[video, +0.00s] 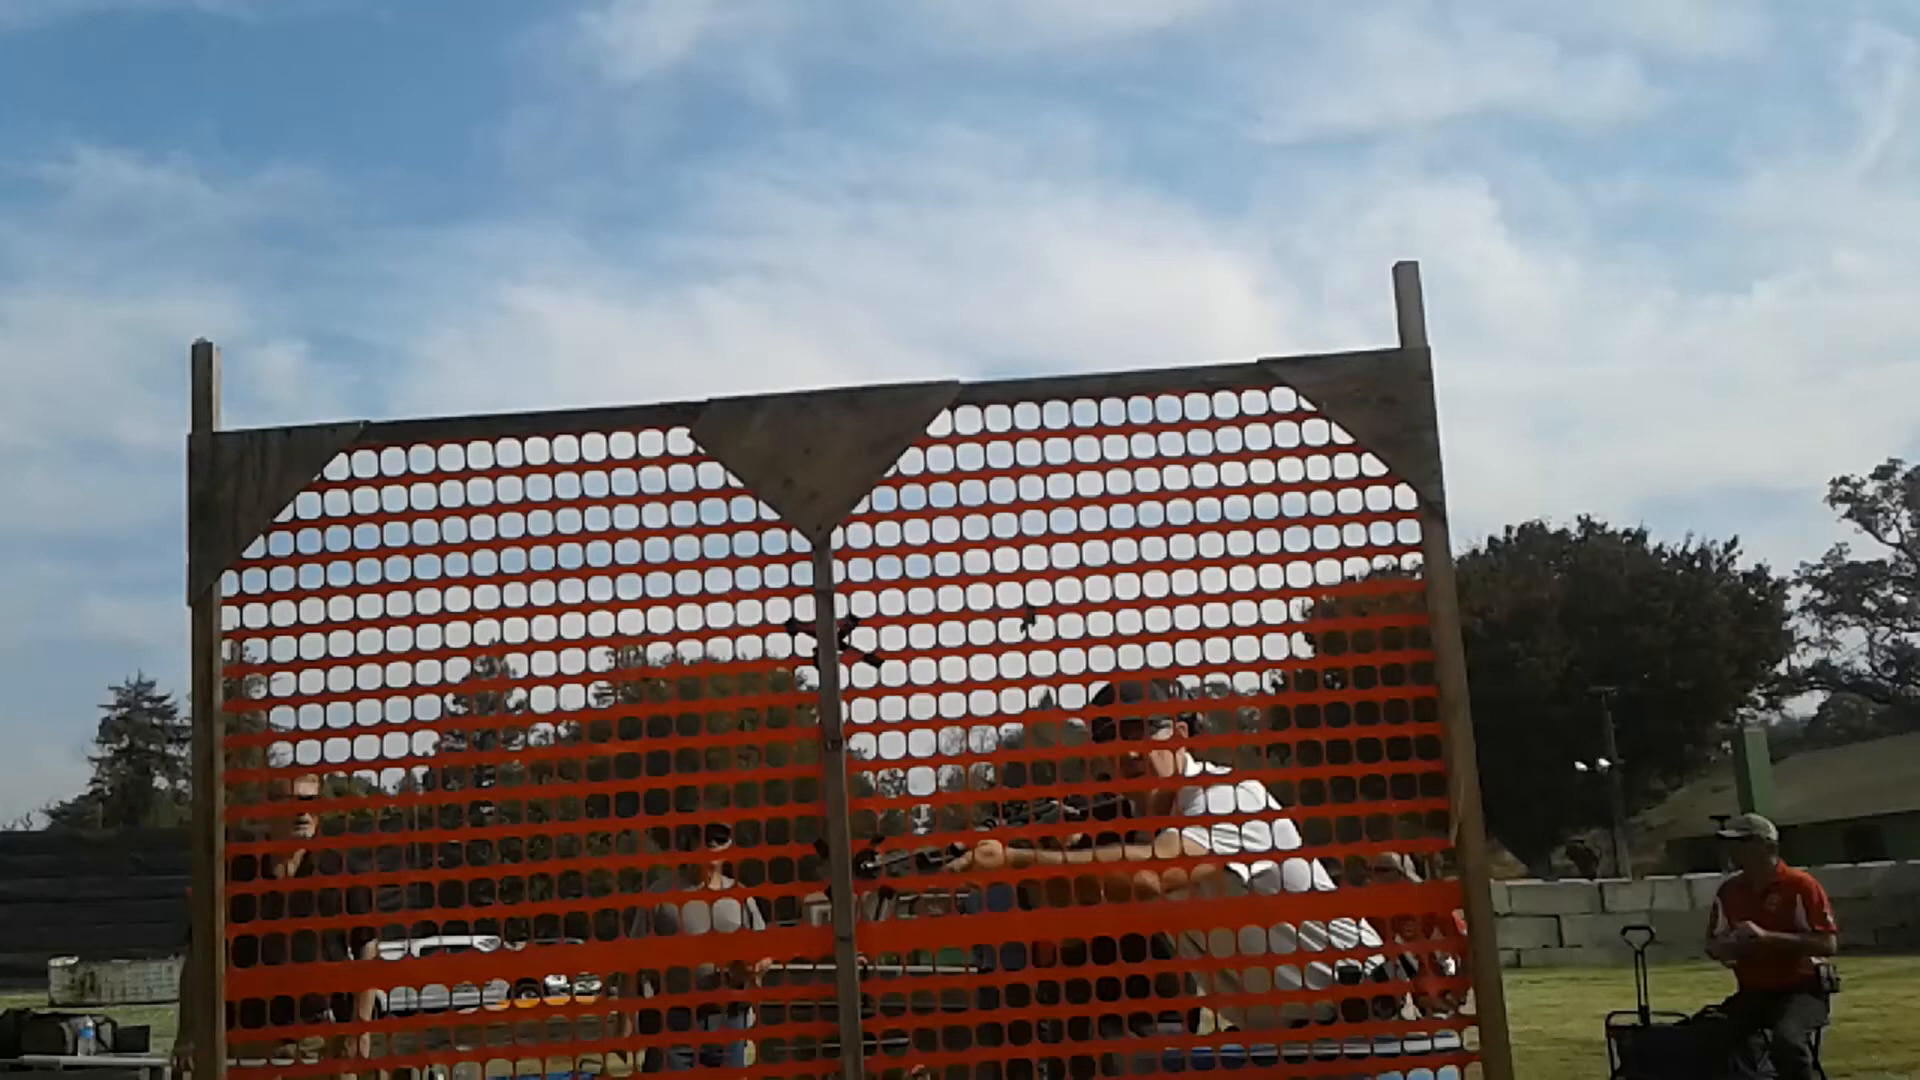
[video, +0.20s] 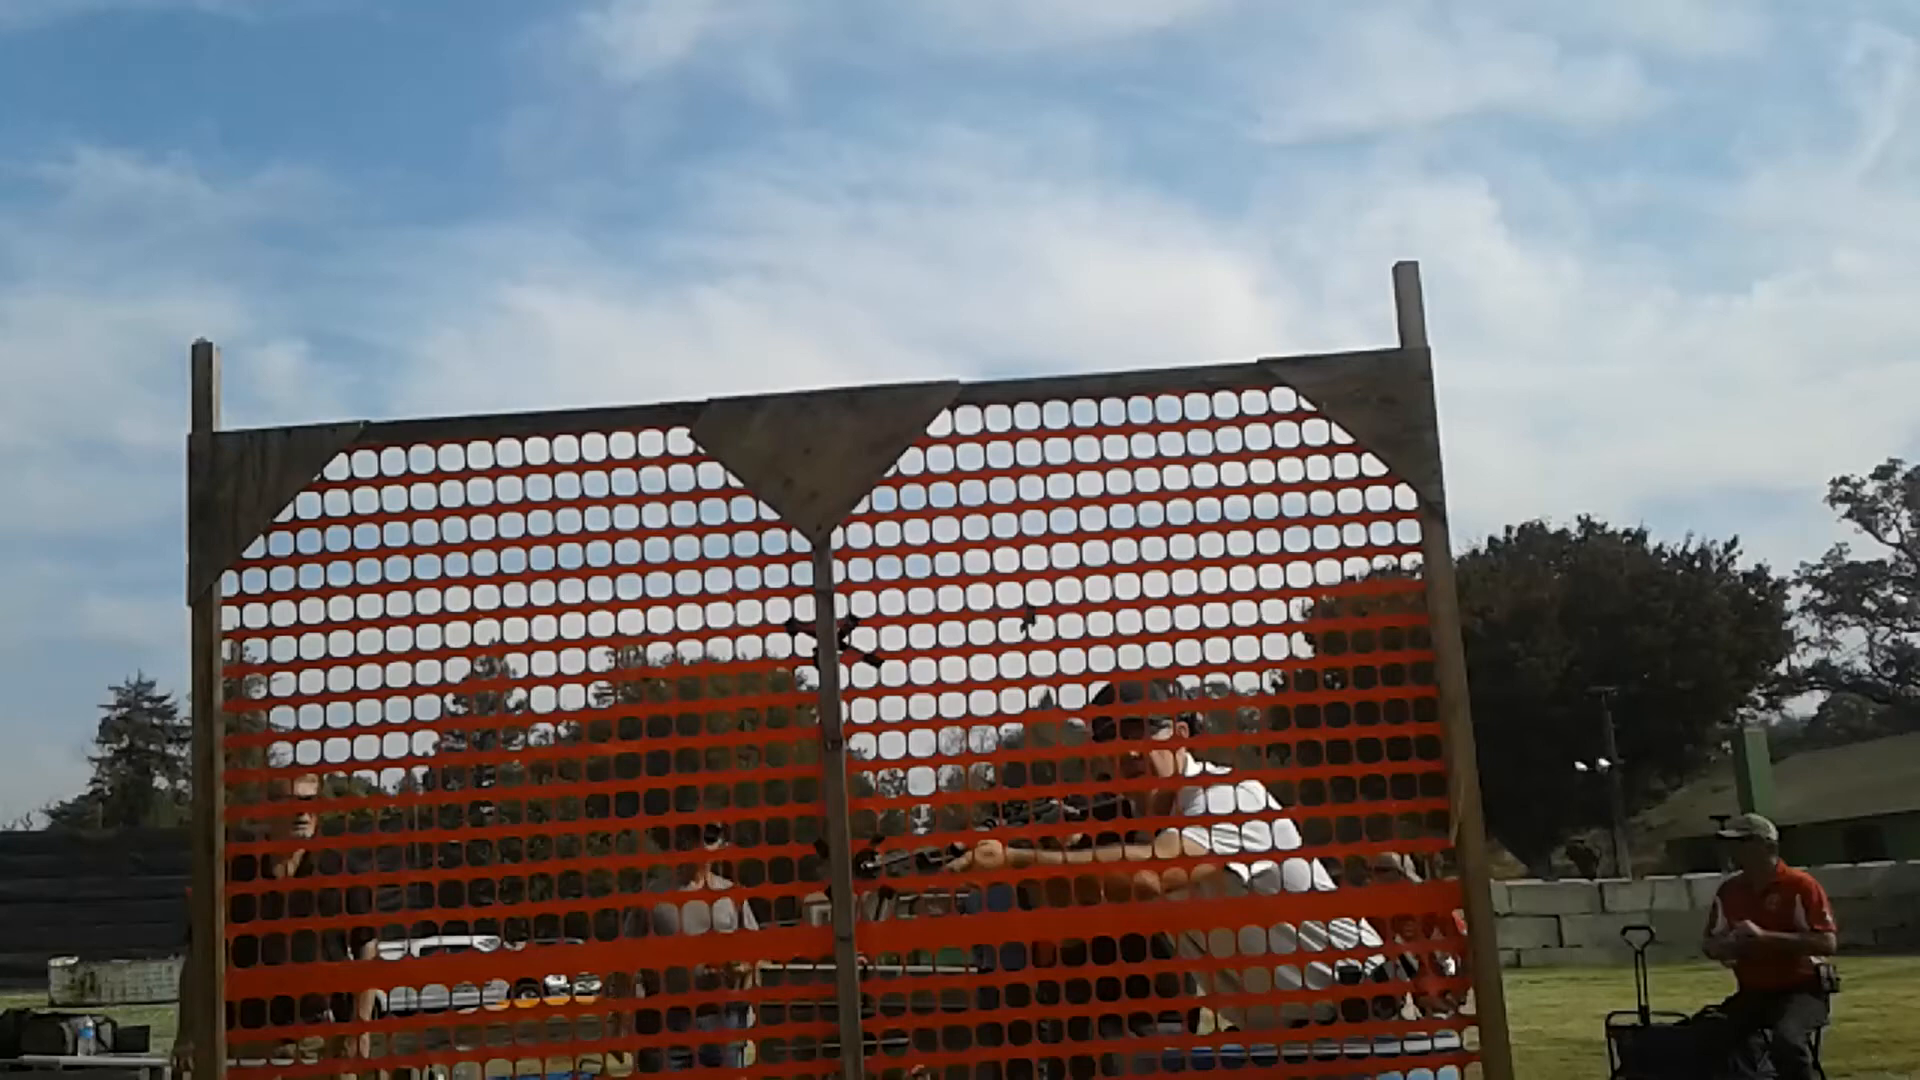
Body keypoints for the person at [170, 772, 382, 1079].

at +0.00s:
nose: (302, 811)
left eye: (311, 801)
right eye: (290, 801)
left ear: (321, 807)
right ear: (270, 807)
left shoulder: (336, 869)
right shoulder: (236, 871)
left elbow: (368, 951)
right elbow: (199, 955)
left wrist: (361, 1031)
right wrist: (188, 1033)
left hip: (321, 1043)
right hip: (243, 1045)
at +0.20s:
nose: (302, 811)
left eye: (310, 801)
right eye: (289, 802)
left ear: (320, 807)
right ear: (268, 808)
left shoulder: (336, 869)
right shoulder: (235, 872)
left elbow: (367, 951)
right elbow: (199, 955)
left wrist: (361, 1031)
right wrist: (188, 1033)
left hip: (321, 1044)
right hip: (244, 1046)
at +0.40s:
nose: (301, 812)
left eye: (310, 801)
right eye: (288, 802)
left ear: (320, 807)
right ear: (267, 808)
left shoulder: (337, 870)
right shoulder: (235, 872)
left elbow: (367, 953)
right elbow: (200, 955)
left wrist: (360, 1032)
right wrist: (188, 1033)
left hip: (322, 1046)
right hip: (244, 1048)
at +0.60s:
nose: (300, 812)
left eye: (309, 802)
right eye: (286, 802)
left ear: (319, 808)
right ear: (265, 809)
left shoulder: (336, 871)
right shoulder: (234, 872)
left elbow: (366, 952)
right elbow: (198, 955)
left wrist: (360, 1031)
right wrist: (187, 1033)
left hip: (322, 1044)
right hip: (244, 1047)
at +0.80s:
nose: (300, 812)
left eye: (308, 802)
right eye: (286, 802)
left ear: (319, 807)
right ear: (265, 809)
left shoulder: (335, 869)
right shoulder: (234, 872)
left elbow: (366, 950)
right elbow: (197, 955)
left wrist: (359, 1032)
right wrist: (186, 1033)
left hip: (320, 1045)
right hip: (242, 1048)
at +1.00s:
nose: (299, 812)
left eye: (308, 802)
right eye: (285, 802)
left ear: (318, 807)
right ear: (265, 808)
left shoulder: (334, 869)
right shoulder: (234, 871)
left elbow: (365, 947)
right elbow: (197, 954)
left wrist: (359, 1033)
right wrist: (186, 1034)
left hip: (318, 1045)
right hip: (242, 1048)